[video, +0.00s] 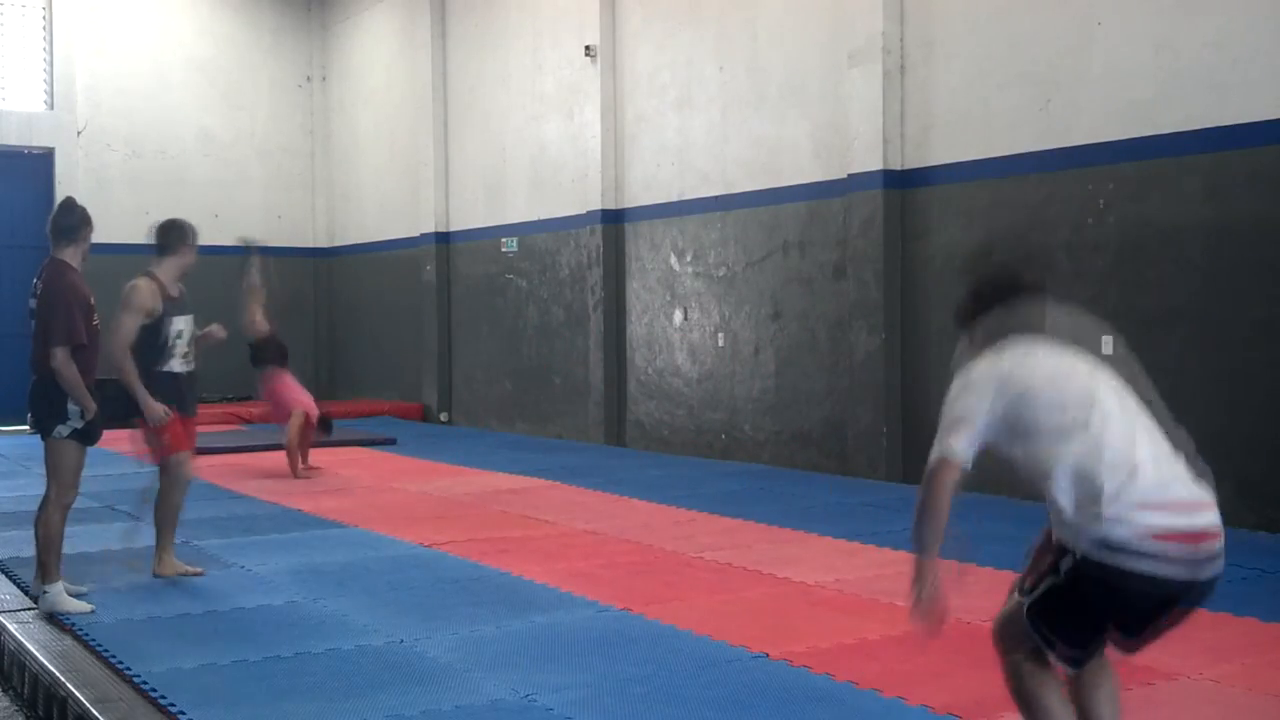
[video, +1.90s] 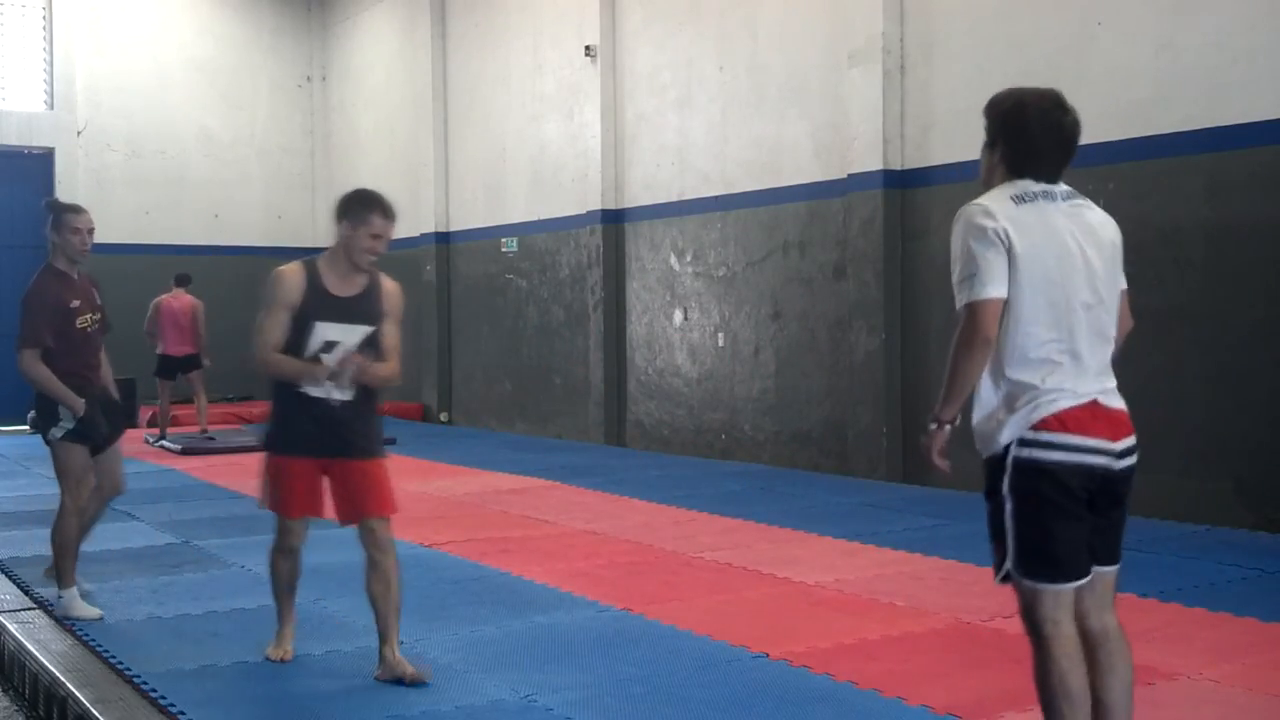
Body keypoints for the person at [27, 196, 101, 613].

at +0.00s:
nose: (93, 238)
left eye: (90, 232)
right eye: (92, 232)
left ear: (56, 234)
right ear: (88, 235)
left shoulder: (51, 275)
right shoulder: (66, 283)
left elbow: (52, 350)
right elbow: (60, 357)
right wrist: (87, 403)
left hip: (53, 393)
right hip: (63, 397)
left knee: (57, 493)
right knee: (61, 496)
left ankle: (47, 577)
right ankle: (51, 588)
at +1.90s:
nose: (87, 239)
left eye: (90, 232)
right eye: (77, 232)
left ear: (90, 236)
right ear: (55, 235)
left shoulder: (85, 282)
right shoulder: (43, 288)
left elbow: (96, 347)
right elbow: (28, 361)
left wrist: (114, 397)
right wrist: (79, 405)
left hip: (94, 398)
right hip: (61, 405)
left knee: (111, 485)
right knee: (77, 492)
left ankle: (58, 561)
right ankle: (67, 593)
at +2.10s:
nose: (80, 237)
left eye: (86, 230)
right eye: (71, 230)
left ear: (93, 232)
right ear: (55, 233)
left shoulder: (104, 280)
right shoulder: (41, 289)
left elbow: (118, 341)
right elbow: (19, 358)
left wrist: (129, 393)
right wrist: (65, 407)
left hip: (112, 402)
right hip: (67, 408)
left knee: (139, 488)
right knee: (69, 502)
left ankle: (113, 575)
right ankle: (67, 595)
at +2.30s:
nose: (92, 240)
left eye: (99, 232)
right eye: (84, 232)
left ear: (109, 234)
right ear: (69, 235)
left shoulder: (128, 285)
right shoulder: (51, 292)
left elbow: (141, 345)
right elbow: (24, 360)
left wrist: (146, 395)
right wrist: (63, 408)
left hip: (127, 404)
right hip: (77, 409)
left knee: (152, 500)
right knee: (74, 507)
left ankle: (169, 593)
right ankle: (68, 595)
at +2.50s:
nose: (119, 241)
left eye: (127, 234)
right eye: (110, 234)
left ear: (137, 238)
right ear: (97, 237)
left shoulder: (157, 291)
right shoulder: (74, 294)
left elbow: (173, 356)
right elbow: (46, 364)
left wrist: (172, 412)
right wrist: (78, 413)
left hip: (151, 412)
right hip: (95, 414)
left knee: (167, 508)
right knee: (86, 512)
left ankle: (178, 606)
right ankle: (72, 591)